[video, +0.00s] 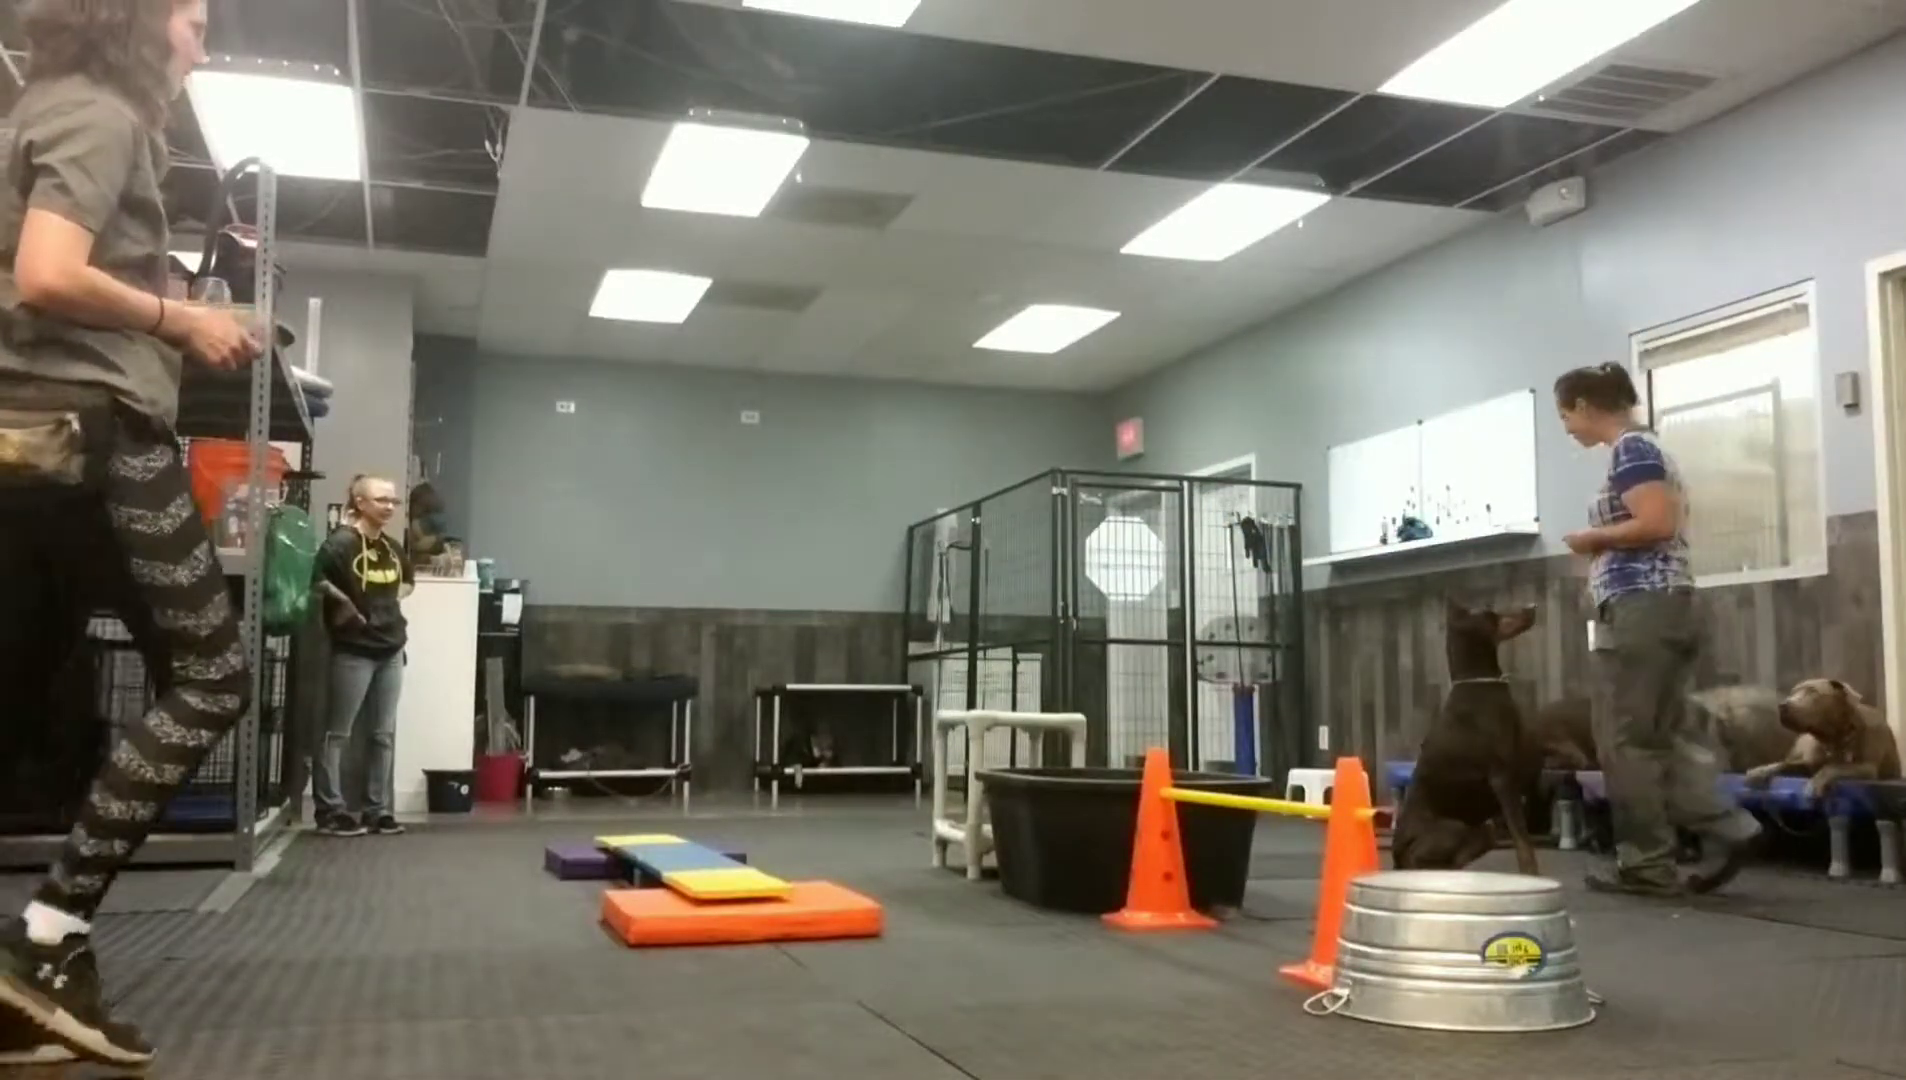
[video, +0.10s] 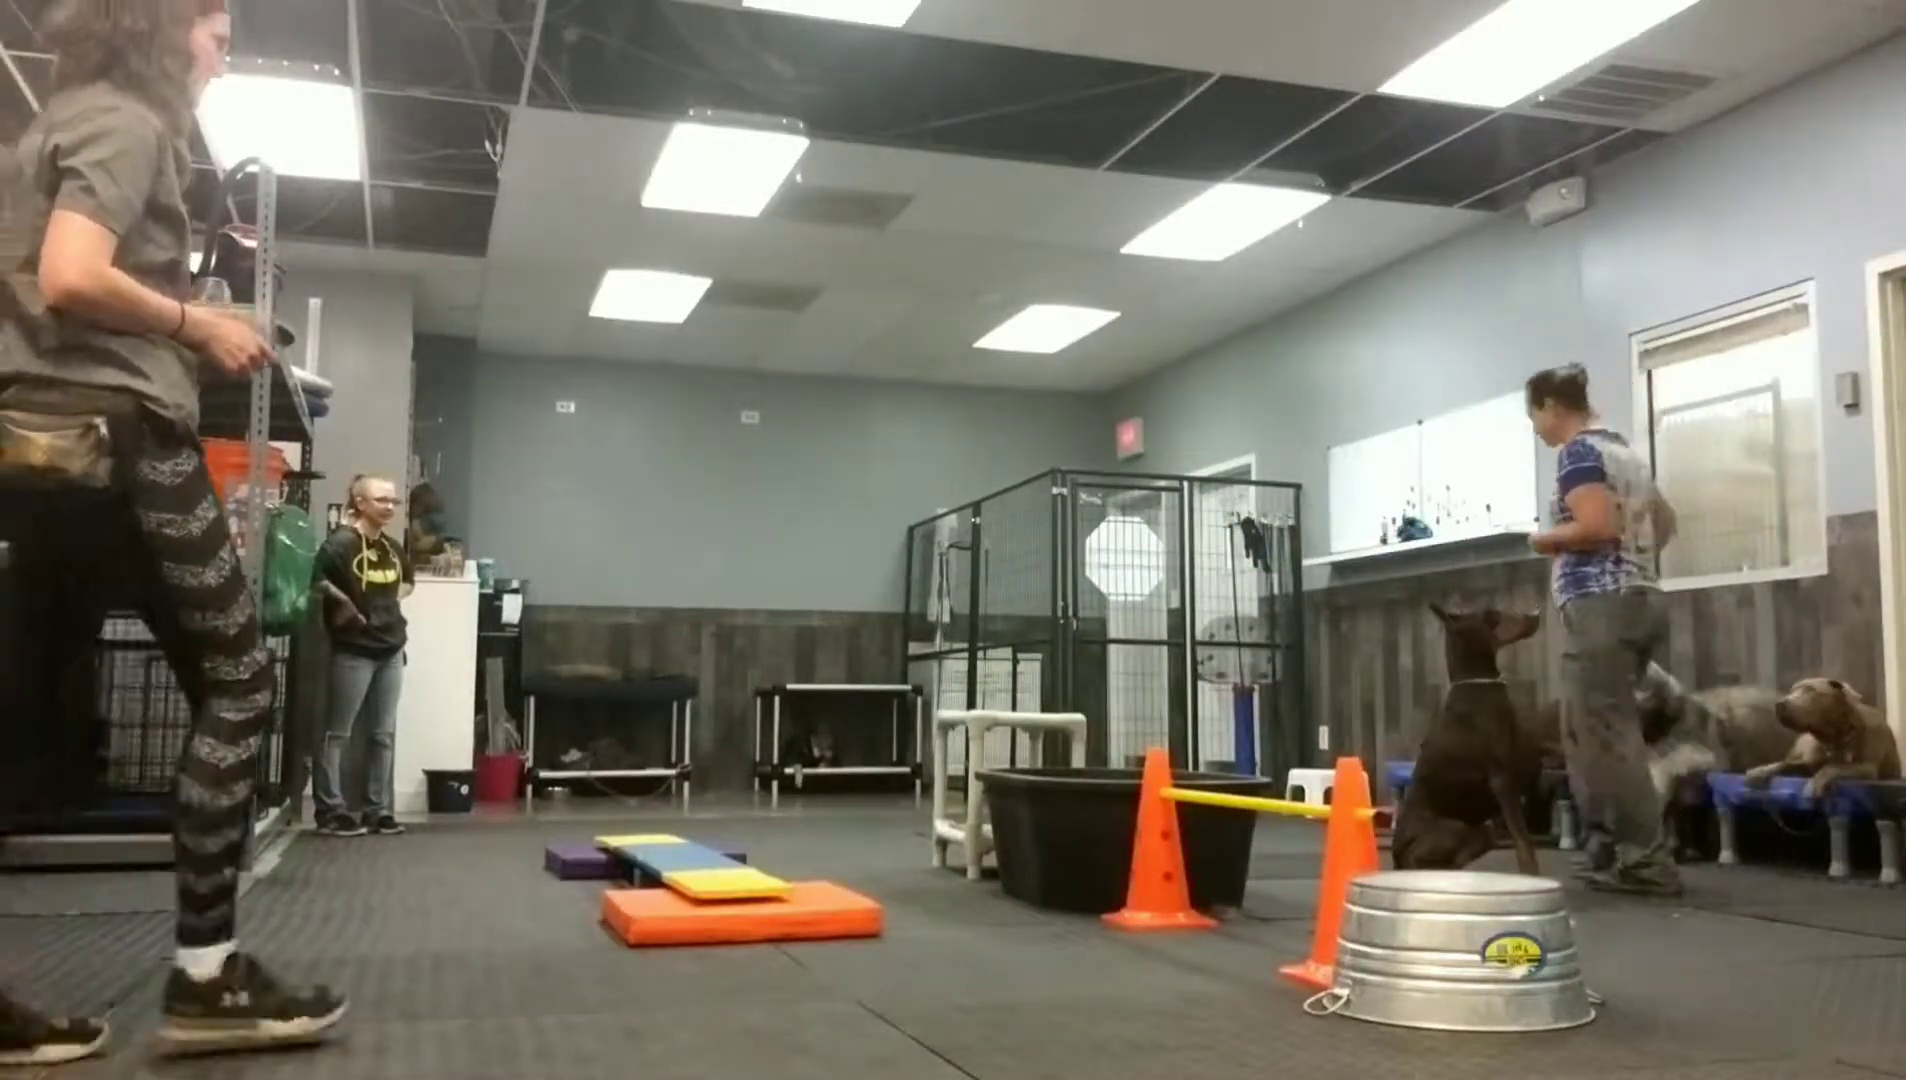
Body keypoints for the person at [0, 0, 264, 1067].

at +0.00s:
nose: (200, 38)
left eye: (202, 19)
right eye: (191, 14)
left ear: (95, 19)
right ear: (136, 15)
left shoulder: (48, 104)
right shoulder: (98, 109)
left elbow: (56, 274)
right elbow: (46, 274)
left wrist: (172, 308)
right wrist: (180, 315)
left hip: (35, 432)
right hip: (97, 437)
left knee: (30, 712)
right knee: (209, 673)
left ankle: (37, 972)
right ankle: (51, 936)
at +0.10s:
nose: (222, 44)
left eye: (224, 24)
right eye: (212, 21)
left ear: (118, 28)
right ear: (158, 24)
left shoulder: (49, 118)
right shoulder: (126, 116)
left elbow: (52, 282)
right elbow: (69, 277)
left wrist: (188, 313)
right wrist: (197, 322)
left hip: (29, 438)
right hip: (115, 441)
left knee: (26, 720)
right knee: (238, 680)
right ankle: (207, 971)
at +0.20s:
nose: (271, 68)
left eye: (269, 50)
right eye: (262, 47)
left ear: (172, 52)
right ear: (212, 48)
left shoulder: (108, 144)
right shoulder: (185, 142)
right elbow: (140, 296)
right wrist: (260, 345)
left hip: (91, 453)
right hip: (168, 455)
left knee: (37, 715)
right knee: (279, 703)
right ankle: (337, 962)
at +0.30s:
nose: (350, 85)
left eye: (347, 64)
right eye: (342, 64)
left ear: (242, 74)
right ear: (304, 70)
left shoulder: (194, 166)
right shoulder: (279, 163)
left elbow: (172, 323)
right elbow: (248, 316)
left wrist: (325, 373)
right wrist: (358, 361)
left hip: (192, 457)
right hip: (274, 458)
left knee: (124, 714)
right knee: (362, 702)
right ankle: (357, 970)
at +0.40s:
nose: (441, 90)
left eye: (438, 71)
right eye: (429, 70)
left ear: (332, 78)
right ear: (380, 73)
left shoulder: (283, 175)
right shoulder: (388, 166)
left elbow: (271, 319)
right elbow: (370, 318)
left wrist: (383, 352)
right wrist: (458, 356)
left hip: (299, 449)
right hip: (373, 449)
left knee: (327, 722)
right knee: (394, 718)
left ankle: (134, 890)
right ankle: (363, 970)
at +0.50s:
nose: (531, 112)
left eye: (528, 93)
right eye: (523, 92)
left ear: (427, 95)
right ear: (487, 94)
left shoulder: (380, 185)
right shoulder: (482, 184)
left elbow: (355, 323)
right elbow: (465, 332)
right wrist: (529, 377)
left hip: (372, 453)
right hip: (443, 459)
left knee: (508, 691)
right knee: (413, 713)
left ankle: (453, 933)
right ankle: (358, 968)